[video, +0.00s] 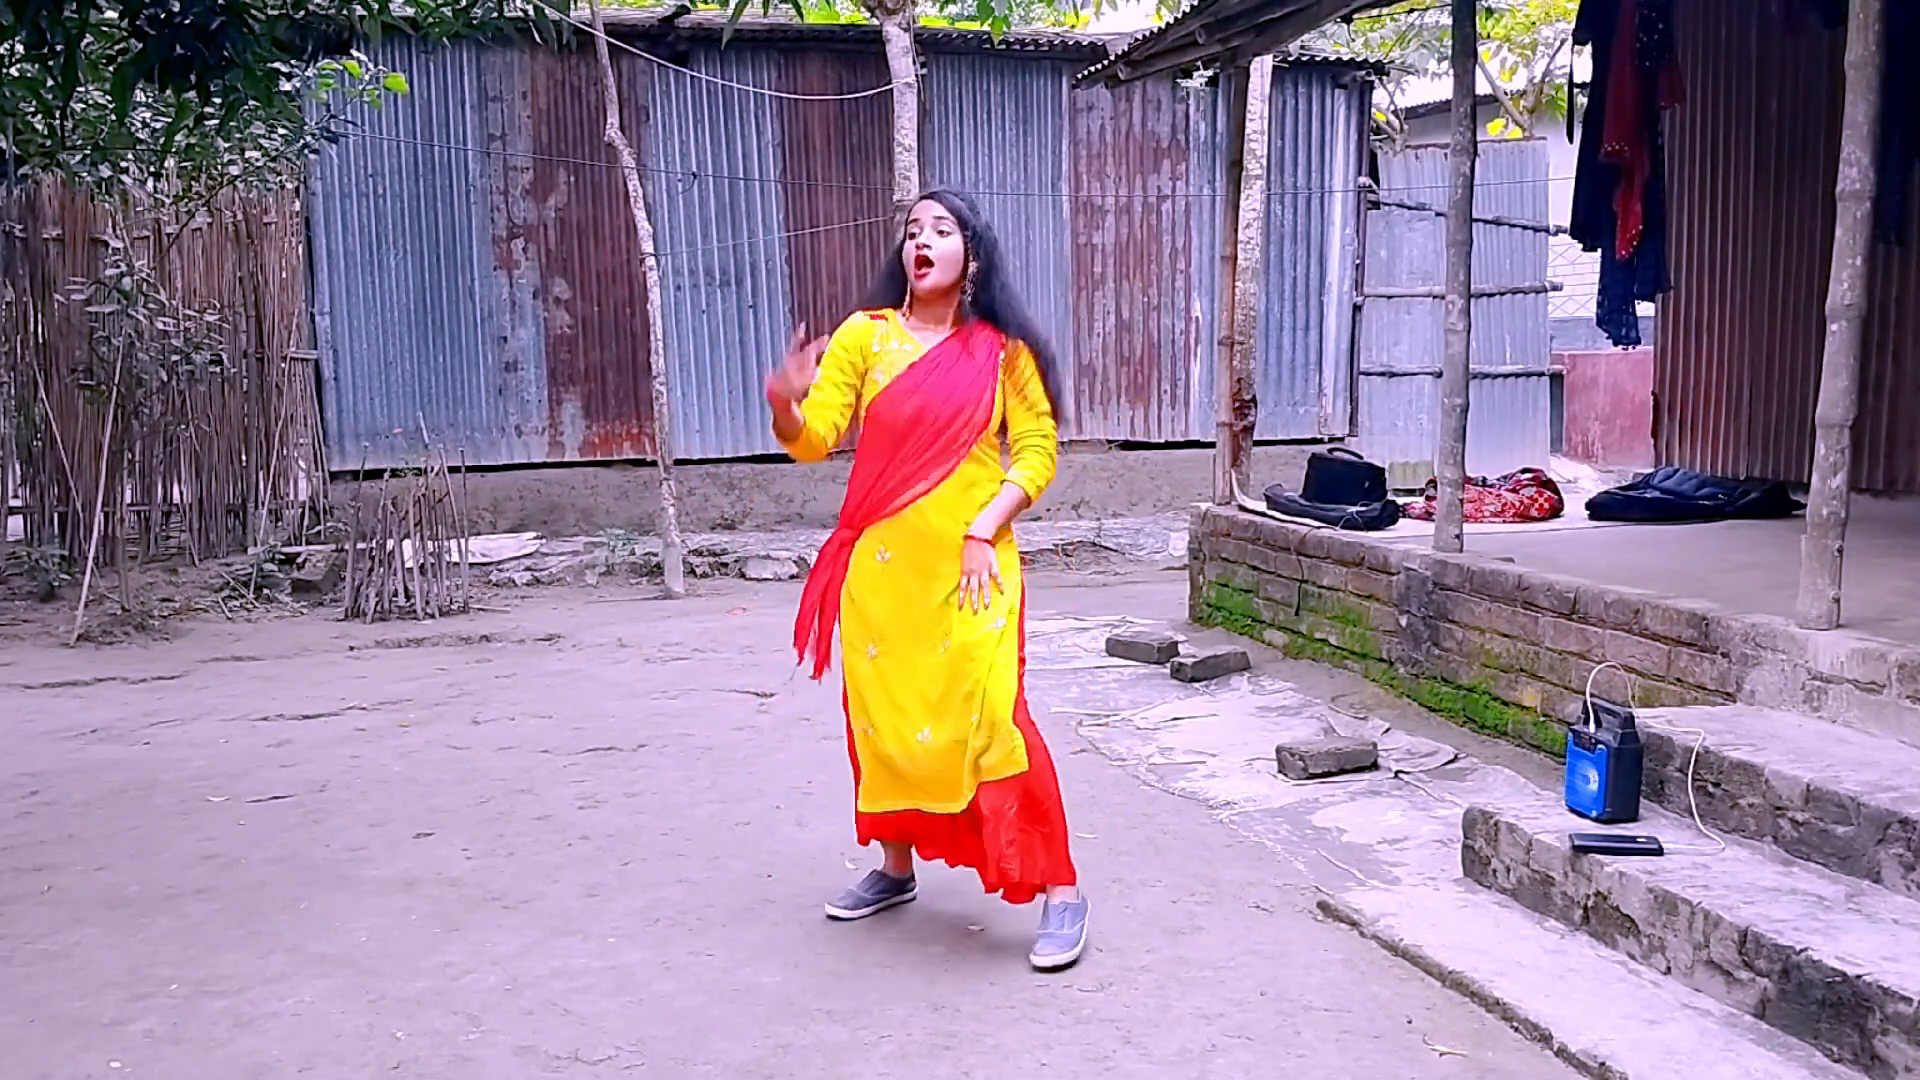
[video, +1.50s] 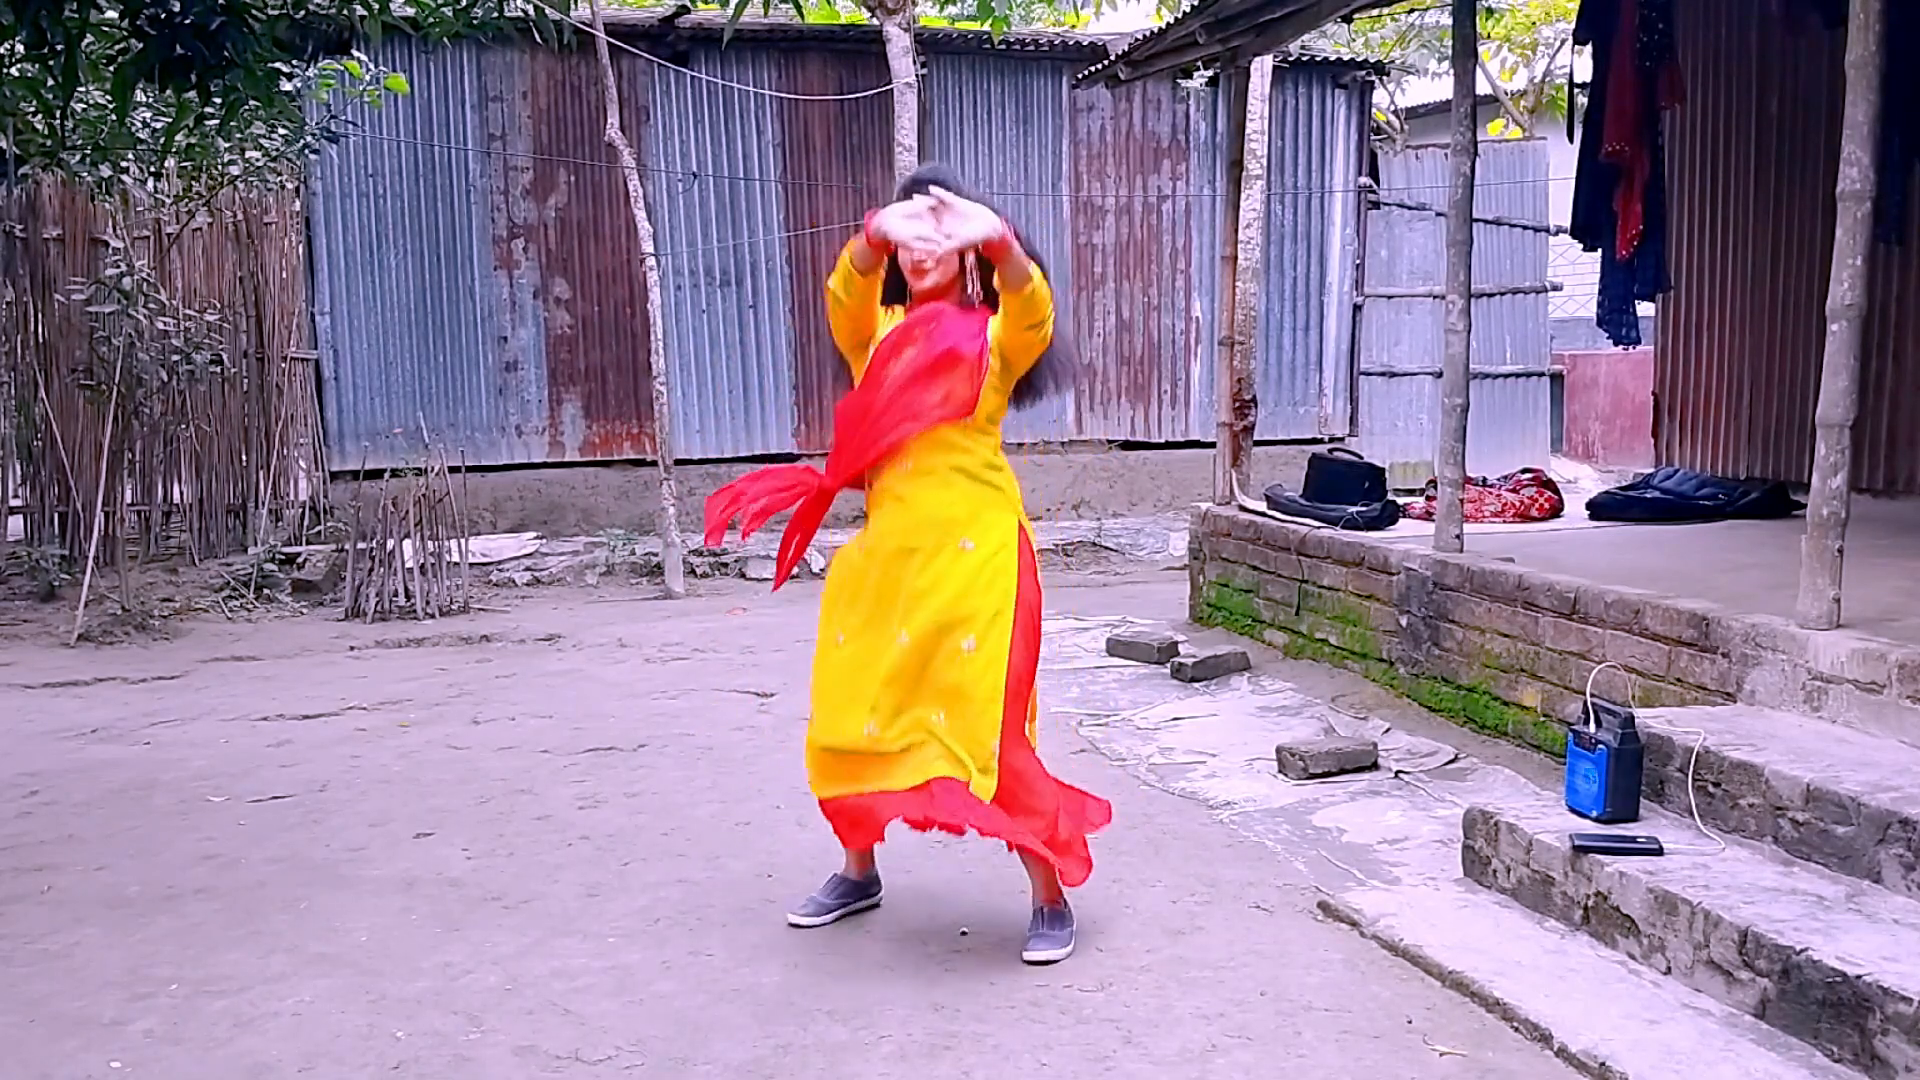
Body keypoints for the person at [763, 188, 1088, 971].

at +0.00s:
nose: (923, 242)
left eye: (940, 231)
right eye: (914, 232)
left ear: (971, 256)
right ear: (901, 255)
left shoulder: (1005, 352)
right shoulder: (863, 333)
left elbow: (1037, 453)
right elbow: (813, 441)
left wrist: (984, 529)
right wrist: (784, 407)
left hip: (972, 555)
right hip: (879, 555)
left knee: (994, 714)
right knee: (878, 712)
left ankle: (1060, 893)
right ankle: (894, 866)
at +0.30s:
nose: (965, 300)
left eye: (982, 287)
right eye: (955, 291)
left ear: (1017, 303)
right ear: (945, 305)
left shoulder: (1045, 404)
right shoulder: (916, 357)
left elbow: (1063, 513)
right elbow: (846, 378)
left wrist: (1022, 469)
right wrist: (805, 377)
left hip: (1009, 595)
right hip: (916, 586)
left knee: (1020, 747)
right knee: (884, 725)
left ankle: (1070, 905)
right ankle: (886, 873)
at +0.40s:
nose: (974, 283)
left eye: (990, 269)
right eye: (965, 272)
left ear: (1027, 280)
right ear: (955, 286)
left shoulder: (1059, 377)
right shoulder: (926, 346)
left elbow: (1052, 471)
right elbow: (836, 404)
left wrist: (1011, 386)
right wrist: (830, 425)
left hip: (1009, 576)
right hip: (916, 570)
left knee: (1022, 735)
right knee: (877, 720)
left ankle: (1071, 902)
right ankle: (884, 870)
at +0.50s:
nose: (968, 258)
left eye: (983, 243)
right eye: (959, 248)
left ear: (1022, 250)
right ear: (951, 263)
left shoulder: (1055, 328)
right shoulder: (941, 341)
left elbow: (1018, 401)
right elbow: (907, 433)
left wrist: (953, 323)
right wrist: (872, 455)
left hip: (999, 555)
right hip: (917, 550)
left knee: (1027, 725)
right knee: (887, 698)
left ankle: (1066, 900)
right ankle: (903, 860)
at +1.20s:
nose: (929, 227)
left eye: (947, 215)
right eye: (920, 216)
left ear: (984, 230)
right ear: (912, 232)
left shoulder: (1020, 314)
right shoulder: (893, 323)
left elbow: (1041, 391)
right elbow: (818, 414)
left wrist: (940, 324)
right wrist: (864, 349)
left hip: (991, 544)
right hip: (905, 545)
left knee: (1013, 716)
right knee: (902, 702)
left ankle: (1057, 898)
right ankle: (913, 875)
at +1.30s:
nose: (920, 173)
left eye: (940, 157)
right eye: (911, 160)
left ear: (981, 175)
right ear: (901, 179)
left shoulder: (1008, 259)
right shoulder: (886, 264)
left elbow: (1062, 262)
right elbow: (804, 282)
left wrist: (975, 201)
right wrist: (869, 221)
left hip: (978, 482)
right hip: (888, 481)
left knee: (997, 671)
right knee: (867, 659)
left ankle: (1047, 867)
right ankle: (886, 839)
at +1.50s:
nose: (917, 251)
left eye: (933, 233)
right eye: (904, 238)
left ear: (966, 244)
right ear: (892, 253)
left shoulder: (988, 334)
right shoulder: (879, 332)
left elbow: (1028, 315)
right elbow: (847, 299)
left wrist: (1004, 249)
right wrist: (871, 240)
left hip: (977, 531)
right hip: (889, 534)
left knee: (985, 711)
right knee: (842, 698)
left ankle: (1049, 897)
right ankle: (857, 868)